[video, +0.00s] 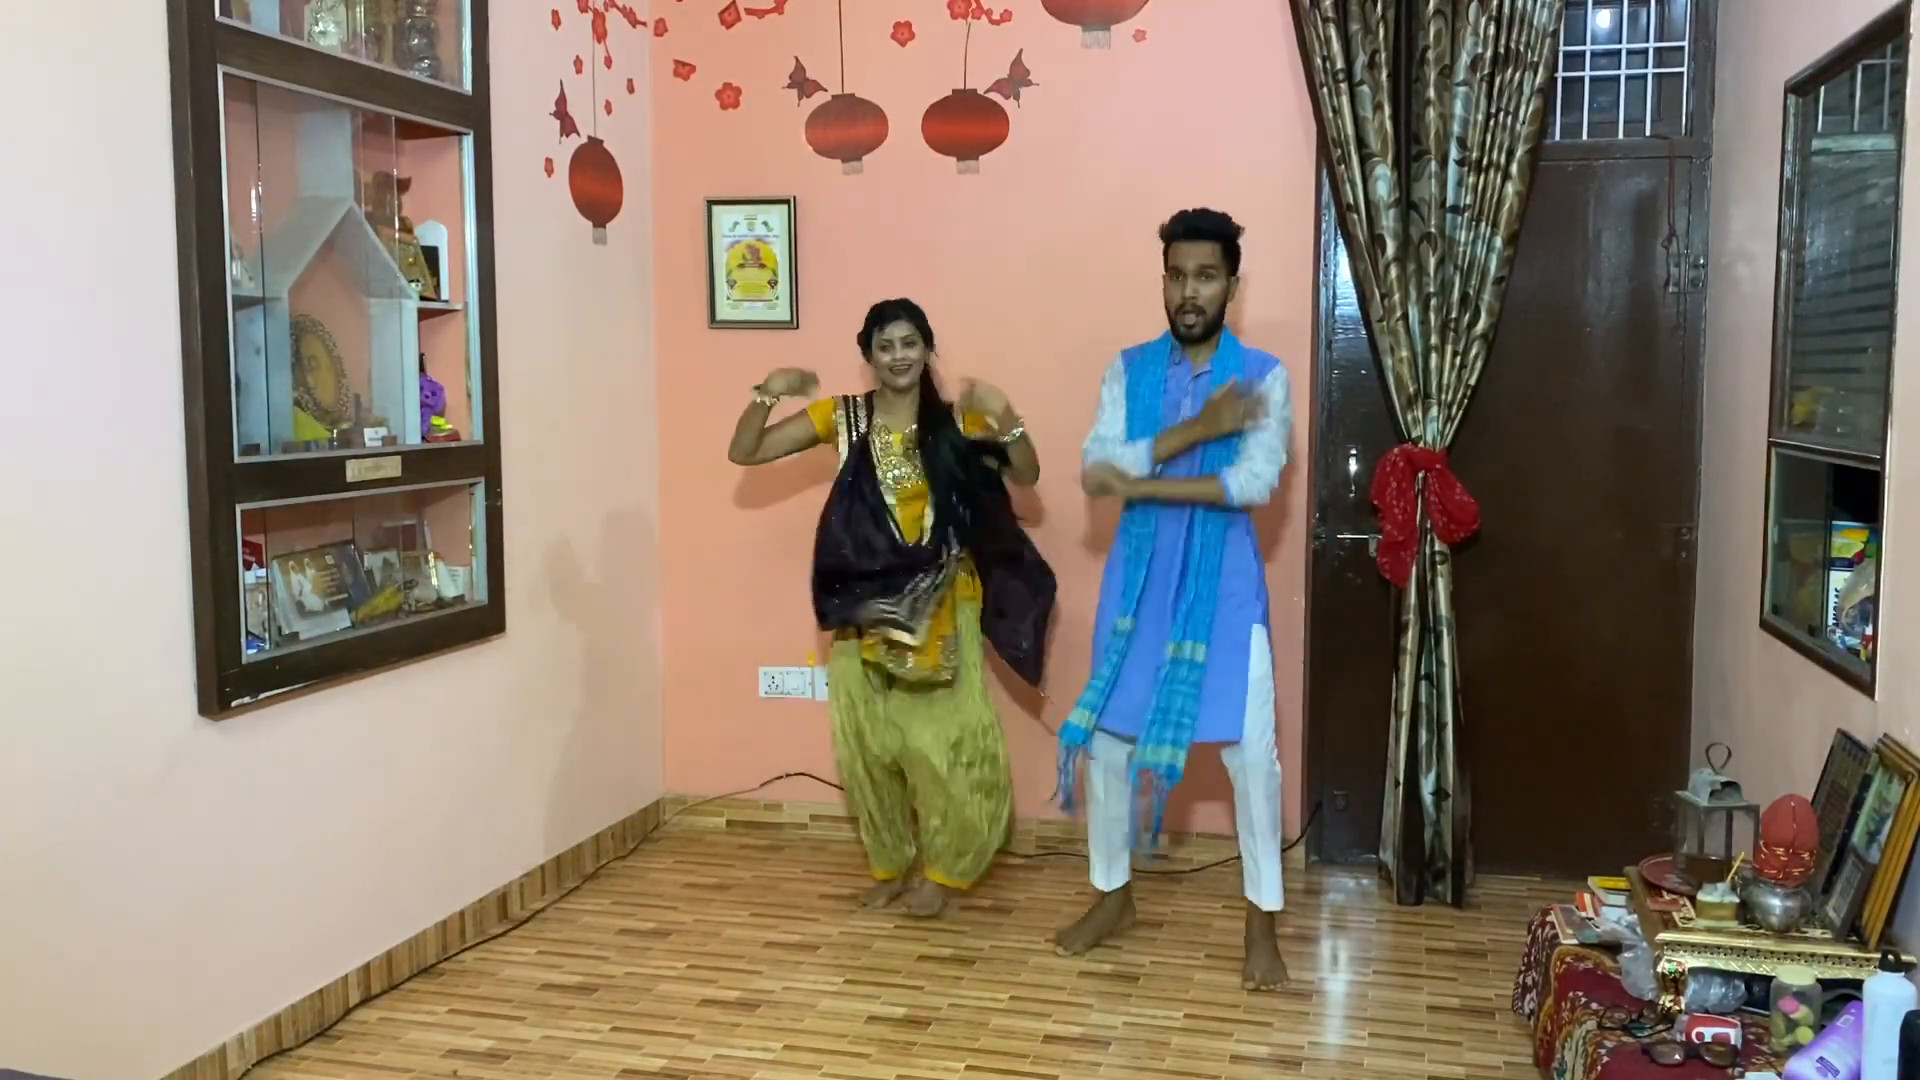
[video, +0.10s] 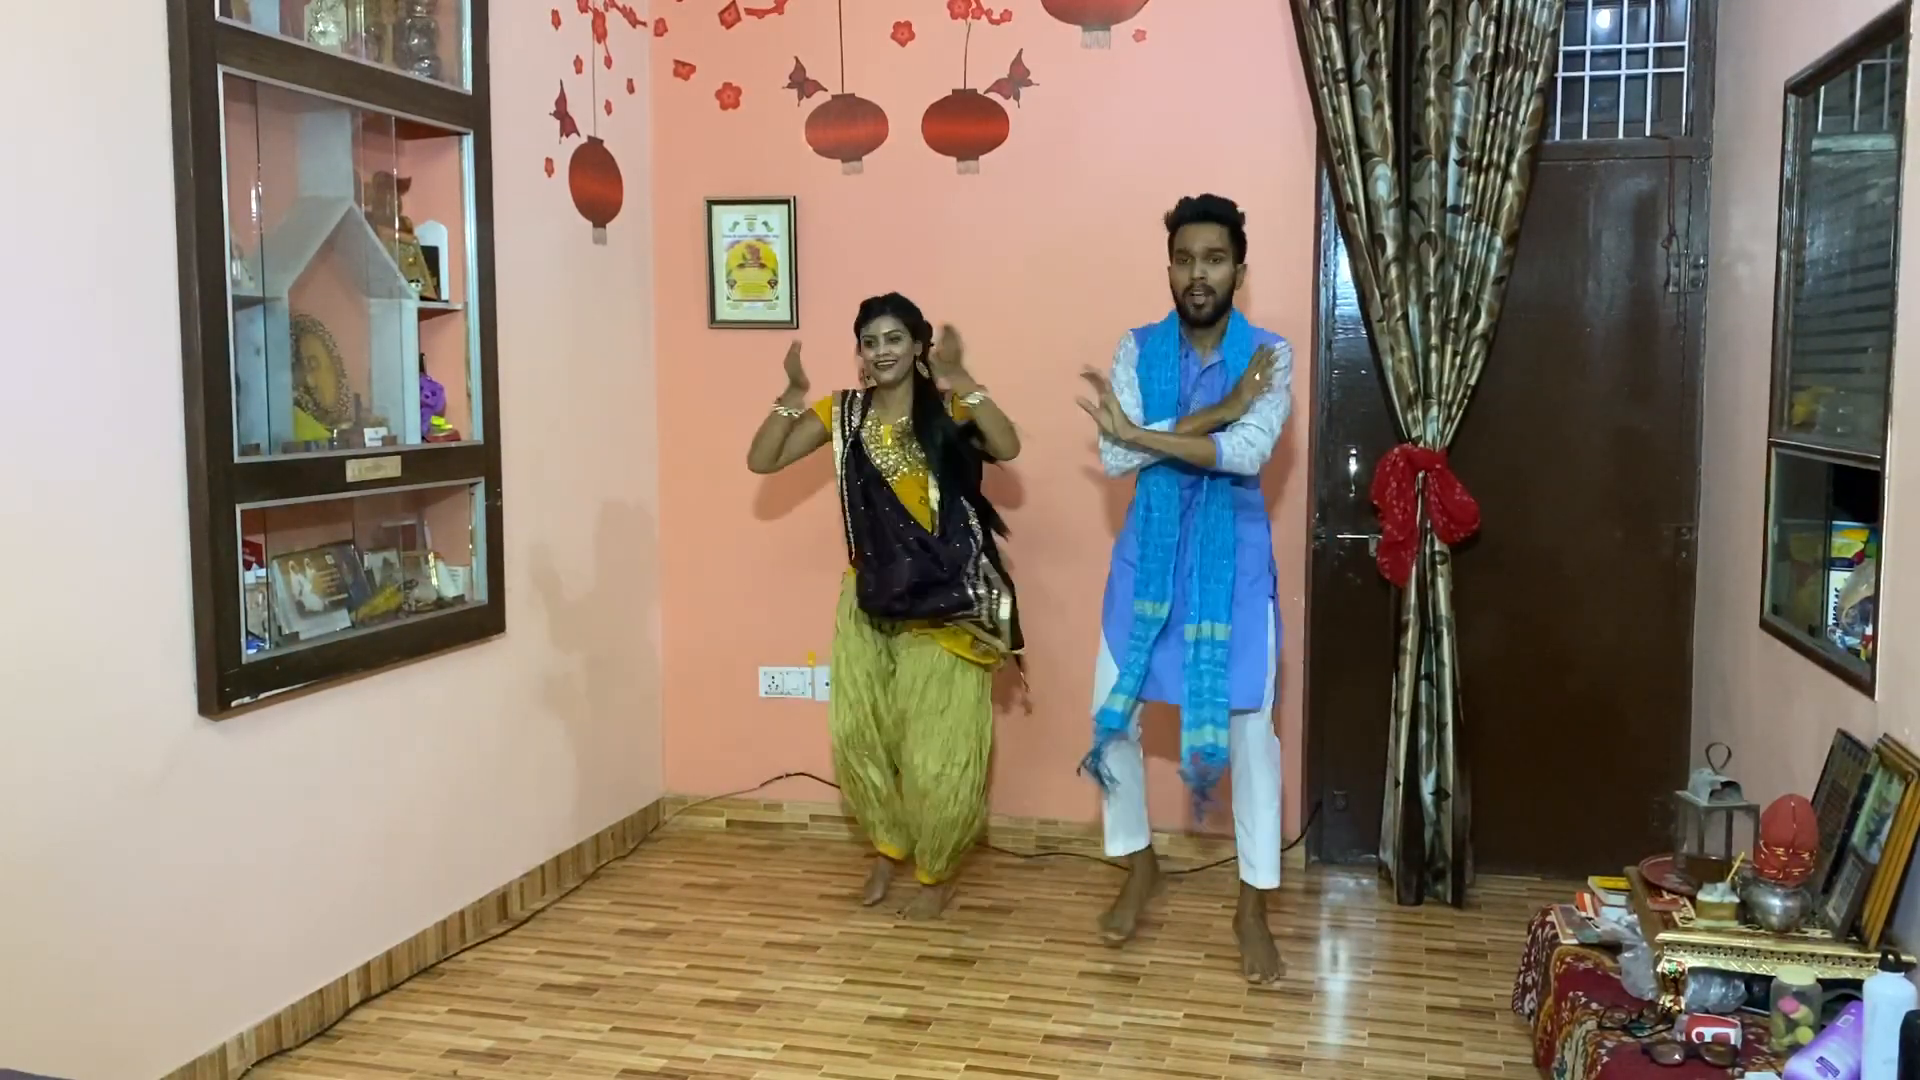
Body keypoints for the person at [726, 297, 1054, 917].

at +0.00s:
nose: (899, 355)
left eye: (910, 343)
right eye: (887, 345)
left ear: (927, 351)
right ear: (869, 355)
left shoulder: (954, 418)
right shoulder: (846, 415)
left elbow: (1026, 476)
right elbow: (746, 449)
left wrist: (1007, 422)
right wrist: (765, 392)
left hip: (945, 596)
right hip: (865, 598)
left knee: (945, 737)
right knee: (866, 738)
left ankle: (945, 870)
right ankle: (892, 866)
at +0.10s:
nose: (878, 352)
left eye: (892, 340)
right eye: (868, 342)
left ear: (918, 346)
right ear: (859, 350)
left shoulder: (947, 406)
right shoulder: (844, 410)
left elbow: (1007, 447)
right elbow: (763, 460)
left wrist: (961, 381)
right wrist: (791, 399)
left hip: (946, 597)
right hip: (870, 595)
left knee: (938, 738)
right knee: (861, 731)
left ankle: (937, 874)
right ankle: (888, 852)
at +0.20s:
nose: (876, 355)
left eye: (888, 344)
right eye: (865, 346)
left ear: (914, 355)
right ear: (855, 360)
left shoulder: (940, 410)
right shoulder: (845, 420)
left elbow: (959, 454)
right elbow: (793, 476)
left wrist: (896, 401)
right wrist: (811, 413)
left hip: (938, 606)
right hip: (867, 601)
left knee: (929, 741)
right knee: (853, 735)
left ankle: (934, 879)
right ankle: (887, 844)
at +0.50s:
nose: (872, 387)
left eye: (885, 376)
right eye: (862, 377)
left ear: (915, 382)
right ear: (852, 382)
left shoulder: (943, 441)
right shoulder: (838, 431)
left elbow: (945, 471)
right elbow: (774, 464)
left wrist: (914, 478)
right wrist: (756, 469)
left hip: (935, 630)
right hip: (861, 620)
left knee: (933, 759)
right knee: (828, 741)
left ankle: (942, 876)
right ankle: (844, 852)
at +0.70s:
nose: (863, 364)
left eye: (876, 352)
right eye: (852, 352)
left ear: (900, 354)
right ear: (839, 355)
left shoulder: (930, 412)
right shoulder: (817, 398)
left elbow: (970, 462)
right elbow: (724, 421)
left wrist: (948, 472)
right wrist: (665, 452)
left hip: (902, 598)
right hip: (826, 592)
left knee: (922, 732)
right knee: (818, 725)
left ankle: (934, 866)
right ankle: (815, 847)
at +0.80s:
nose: (860, 374)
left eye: (871, 362)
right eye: (847, 363)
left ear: (886, 362)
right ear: (826, 364)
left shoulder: (907, 419)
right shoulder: (799, 408)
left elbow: (961, 501)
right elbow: (721, 463)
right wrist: (679, 531)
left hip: (892, 597)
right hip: (813, 597)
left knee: (904, 734)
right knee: (802, 732)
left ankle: (900, 847)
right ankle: (775, 847)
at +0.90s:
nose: (872, 396)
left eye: (875, 386)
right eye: (859, 386)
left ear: (879, 393)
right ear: (823, 395)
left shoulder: (898, 471)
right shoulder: (784, 461)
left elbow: (934, 565)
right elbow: (737, 551)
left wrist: (933, 648)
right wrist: (726, 634)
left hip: (881, 635)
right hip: (798, 634)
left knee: (894, 751)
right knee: (783, 754)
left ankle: (886, 855)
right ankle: (760, 858)